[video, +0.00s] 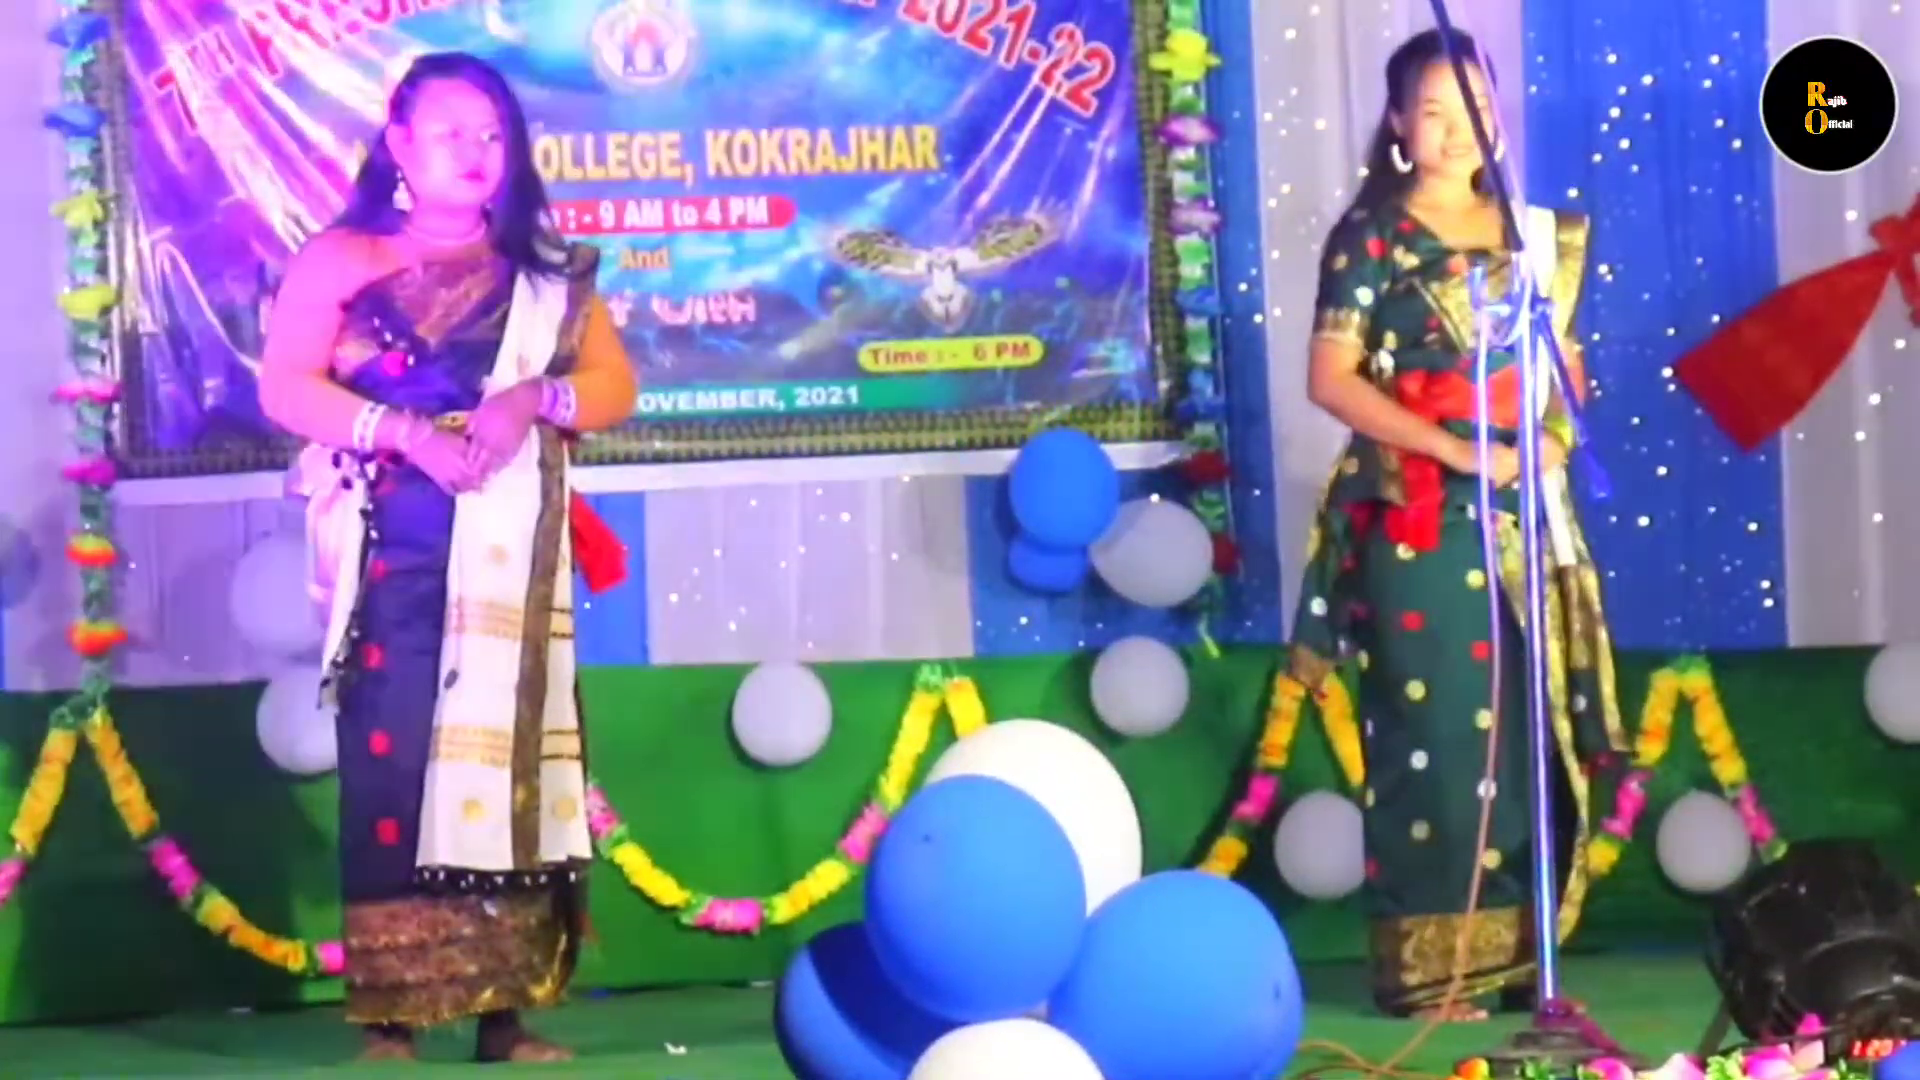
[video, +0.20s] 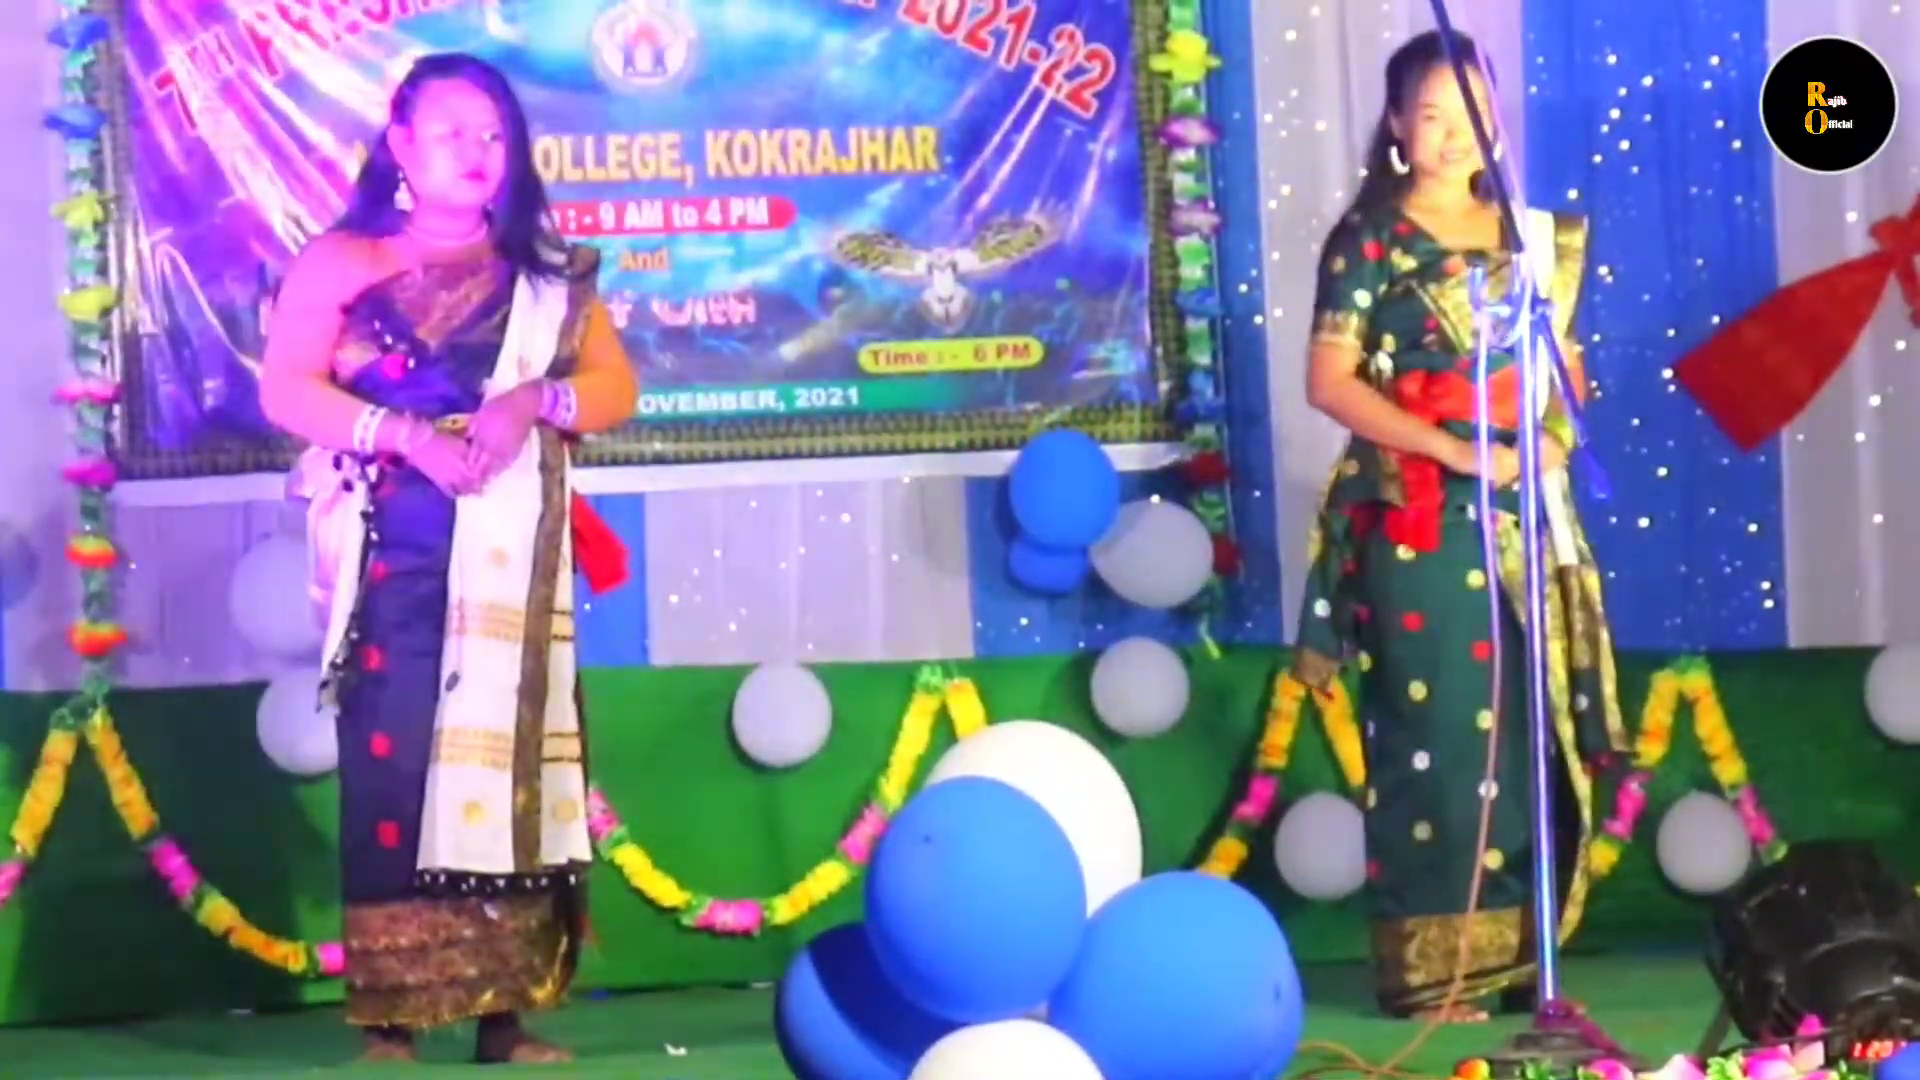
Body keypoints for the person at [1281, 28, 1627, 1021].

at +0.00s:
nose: (1446, 130)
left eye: (1463, 113)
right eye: (1428, 113)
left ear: (1489, 121)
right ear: (1399, 124)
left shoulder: (1527, 230)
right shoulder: (1369, 234)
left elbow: (1562, 366)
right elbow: (1330, 380)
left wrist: (1556, 398)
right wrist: (1452, 447)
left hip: (1523, 512)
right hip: (1419, 518)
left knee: (1532, 726)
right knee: (1436, 729)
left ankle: (1521, 961)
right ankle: (1428, 966)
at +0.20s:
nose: (1444, 131)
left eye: (1462, 114)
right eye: (1426, 114)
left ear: (1489, 123)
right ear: (1397, 125)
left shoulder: (1527, 232)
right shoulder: (1368, 239)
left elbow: (1562, 370)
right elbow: (1328, 381)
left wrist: (1549, 416)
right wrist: (1451, 447)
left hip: (1526, 513)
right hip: (1421, 519)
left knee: (1535, 728)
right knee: (1438, 730)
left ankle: (1522, 961)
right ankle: (1431, 969)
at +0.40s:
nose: (1445, 133)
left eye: (1462, 116)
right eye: (1427, 116)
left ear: (1488, 126)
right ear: (1396, 128)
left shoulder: (1526, 233)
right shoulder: (1367, 241)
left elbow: (1558, 372)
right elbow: (1327, 383)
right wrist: (1447, 447)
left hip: (1527, 513)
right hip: (1423, 519)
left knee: (1536, 727)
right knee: (1439, 730)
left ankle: (1523, 961)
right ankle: (1434, 968)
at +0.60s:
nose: (1455, 131)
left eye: (1468, 113)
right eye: (1434, 114)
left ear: (1489, 121)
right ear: (1398, 125)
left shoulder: (1527, 233)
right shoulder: (1367, 239)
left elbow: (1568, 395)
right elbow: (1328, 385)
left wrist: (1561, 312)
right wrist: (1454, 451)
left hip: (1531, 511)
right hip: (1425, 516)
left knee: (1538, 726)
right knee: (1440, 727)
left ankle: (1532, 966)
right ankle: (1438, 967)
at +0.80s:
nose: (1454, 131)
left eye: (1469, 113)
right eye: (1434, 113)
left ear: (1490, 121)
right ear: (1398, 125)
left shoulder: (1525, 235)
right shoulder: (1365, 241)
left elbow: (1568, 394)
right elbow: (1327, 385)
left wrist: (1561, 315)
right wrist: (1448, 451)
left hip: (1528, 511)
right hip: (1423, 515)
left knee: (1537, 726)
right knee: (1441, 728)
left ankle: (1528, 965)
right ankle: (1433, 967)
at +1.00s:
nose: (1454, 122)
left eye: (1469, 104)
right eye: (1434, 104)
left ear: (1490, 114)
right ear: (1397, 117)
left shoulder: (1522, 228)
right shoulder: (1370, 235)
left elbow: (1568, 387)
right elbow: (1331, 368)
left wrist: (1562, 323)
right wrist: (1463, 429)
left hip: (1524, 515)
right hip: (1421, 517)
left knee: (1533, 728)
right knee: (1438, 730)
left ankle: (1525, 963)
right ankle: (1434, 967)